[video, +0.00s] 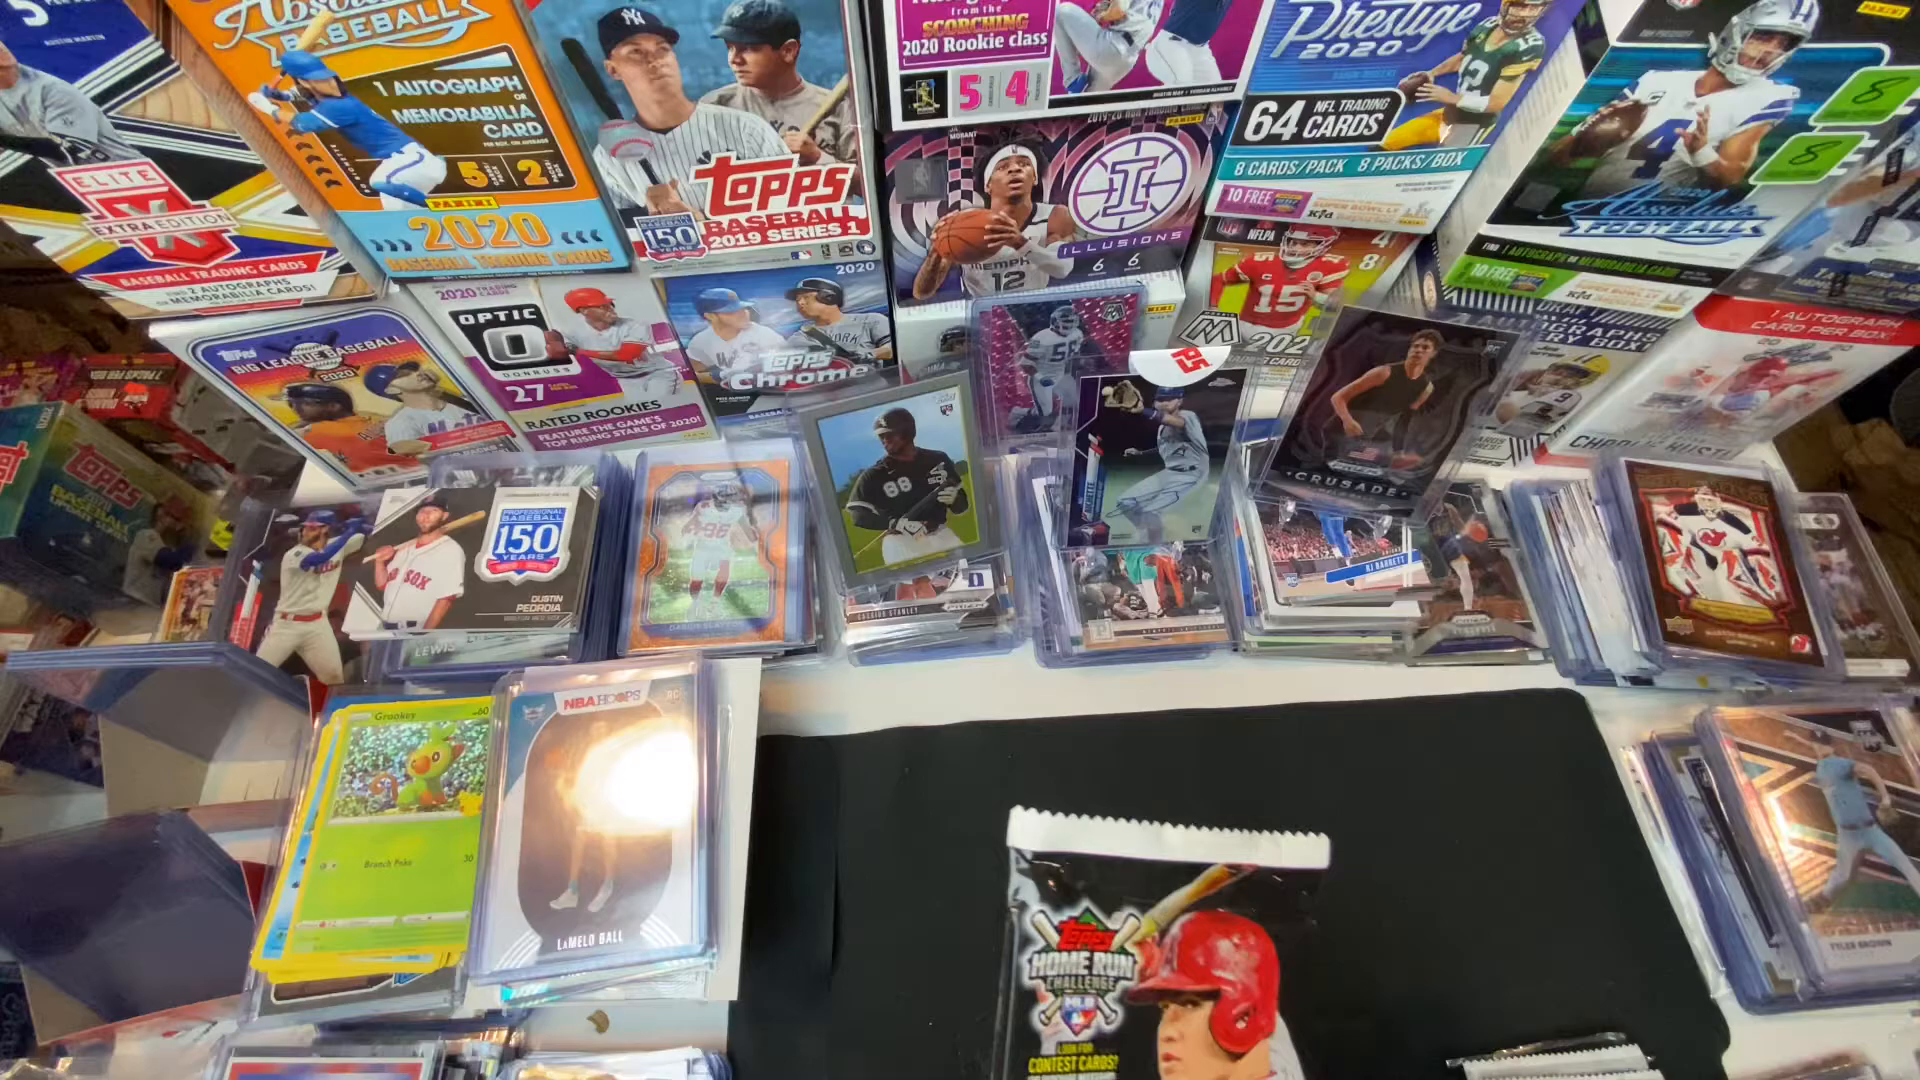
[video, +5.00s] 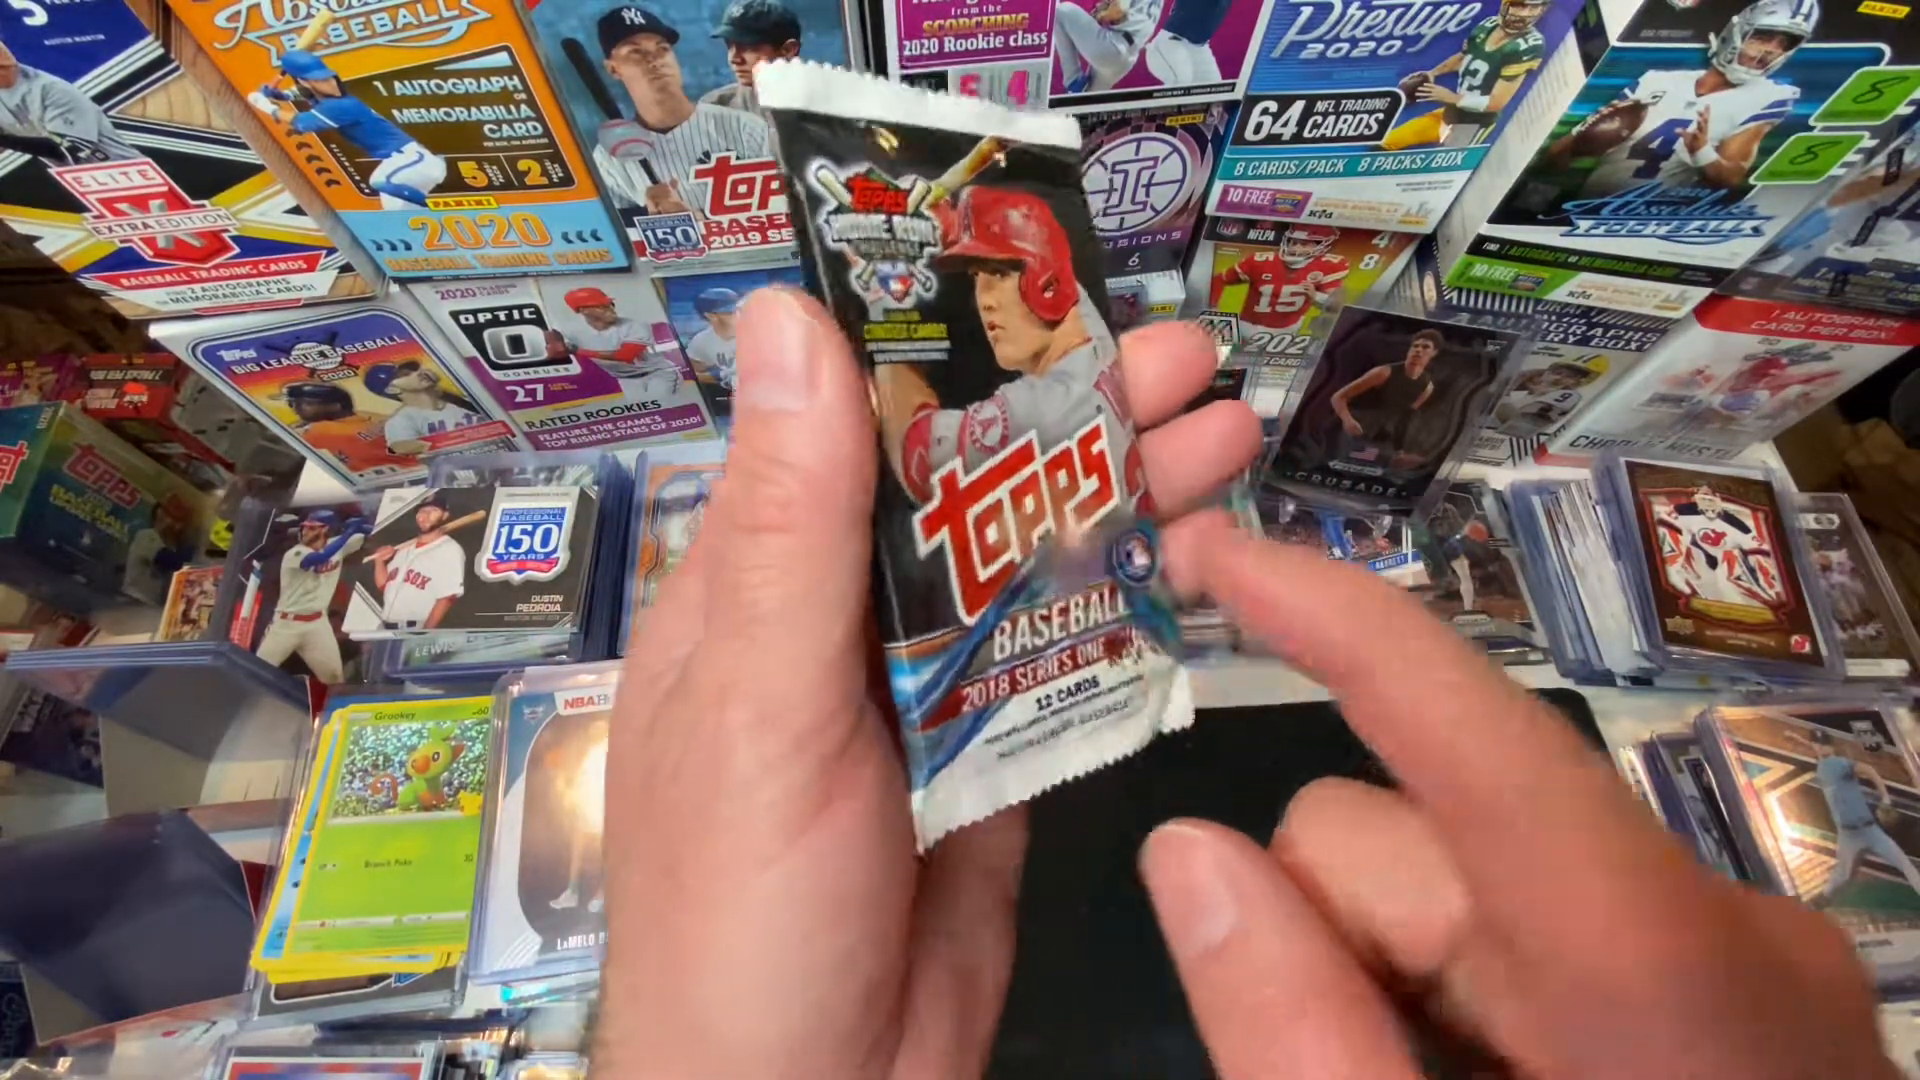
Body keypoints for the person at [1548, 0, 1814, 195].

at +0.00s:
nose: (1769, 51)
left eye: (1782, 46)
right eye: (1764, 37)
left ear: (1787, 57)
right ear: (1738, 34)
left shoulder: (1766, 99)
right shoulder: (1656, 82)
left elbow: (1733, 178)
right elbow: (1559, 156)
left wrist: (1701, 153)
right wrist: (1584, 136)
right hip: (1592, 207)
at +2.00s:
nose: (1770, 52)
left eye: (1783, 45)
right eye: (1764, 37)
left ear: (1789, 56)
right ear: (1737, 33)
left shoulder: (1762, 100)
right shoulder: (1657, 83)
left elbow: (1735, 177)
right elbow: (1561, 153)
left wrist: (1703, 154)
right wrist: (1585, 140)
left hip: (1658, 224)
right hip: (1591, 206)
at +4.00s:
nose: (1770, 51)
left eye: (1783, 45)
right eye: (1763, 37)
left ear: (1788, 56)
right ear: (1737, 33)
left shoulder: (1762, 100)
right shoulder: (1658, 82)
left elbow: (1735, 178)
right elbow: (1557, 156)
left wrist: (1702, 153)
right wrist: (1582, 138)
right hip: (1593, 206)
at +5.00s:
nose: (1770, 51)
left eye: (1783, 45)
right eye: (1763, 37)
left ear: (1788, 56)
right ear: (1737, 33)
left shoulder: (1763, 100)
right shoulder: (1657, 83)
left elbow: (1735, 178)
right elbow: (1554, 156)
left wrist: (1702, 154)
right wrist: (1582, 138)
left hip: (1660, 226)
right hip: (1592, 207)